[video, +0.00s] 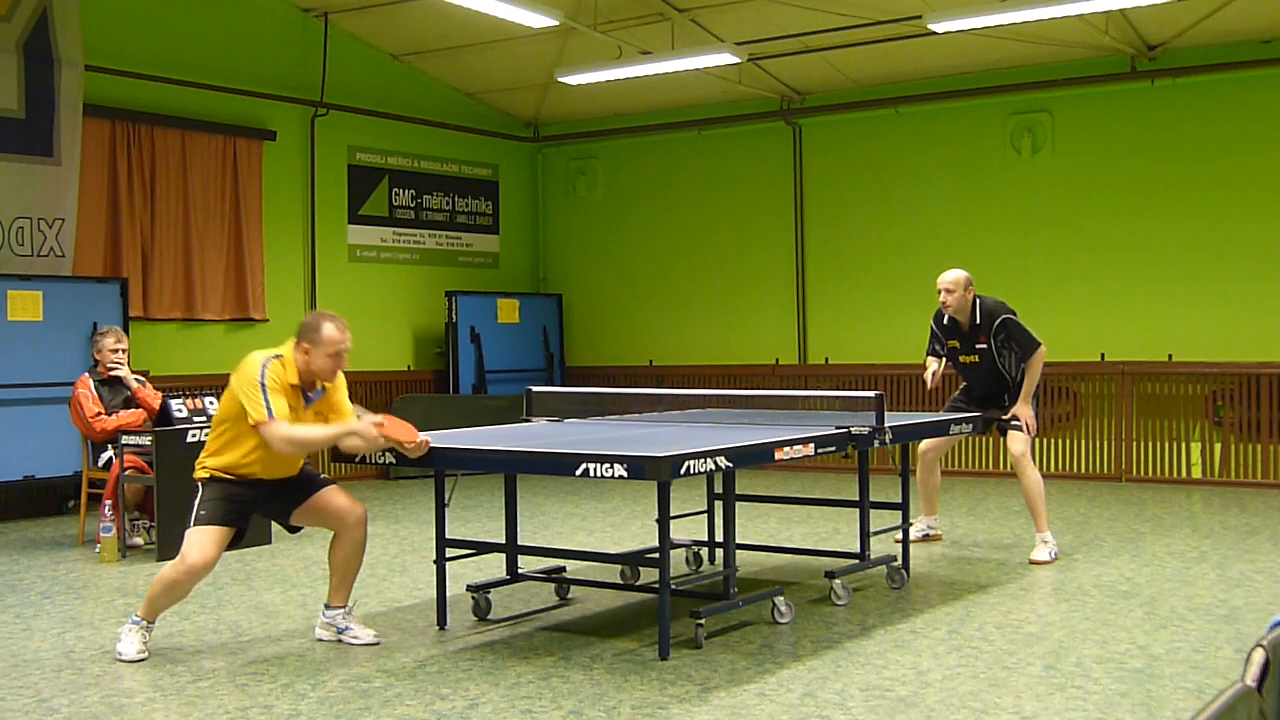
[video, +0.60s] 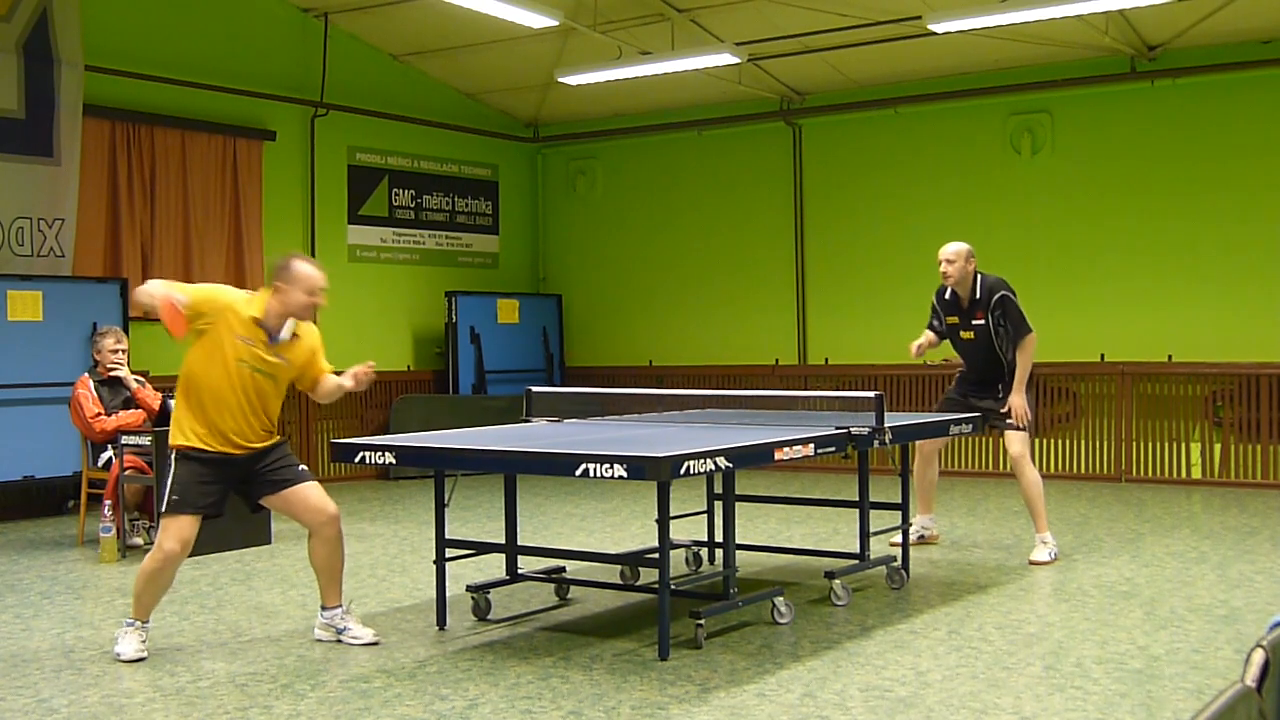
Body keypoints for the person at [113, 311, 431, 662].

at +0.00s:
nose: (342, 365)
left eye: (344, 356)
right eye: (335, 356)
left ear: (340, 353)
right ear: (304, 350)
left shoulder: (332, 379)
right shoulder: (259, 370)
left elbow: (347, 440)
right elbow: (280, 439)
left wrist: (394, 441)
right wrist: (347, 432)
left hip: (286, 474)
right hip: (227, 476)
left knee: (353, 516)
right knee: (196, 562)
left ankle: (335, 617)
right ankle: (141, 623)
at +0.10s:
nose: (323, 349)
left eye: (325, 342)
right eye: (317, 342)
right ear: (285, 336)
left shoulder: (315, 360)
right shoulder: (240, 353)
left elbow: (341, 415)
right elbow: (267, 409)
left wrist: (386, 407)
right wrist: (332, 389)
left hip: (278, 468)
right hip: (218, 472)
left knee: (347, 517)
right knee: (190, 559)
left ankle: (334, 616)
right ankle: (140, 624)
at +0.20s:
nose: (311, 335)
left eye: (313, 327)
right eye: (304, 326)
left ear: (314, 324)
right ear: (273, 320)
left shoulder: (305, 350)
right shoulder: (228, 337)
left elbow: (335, 398)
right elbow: (244, 388)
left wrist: (368, 374)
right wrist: (304, 357)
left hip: (273, 461)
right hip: (213, 466)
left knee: (340, 515)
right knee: (185, 556)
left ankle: (335, 617)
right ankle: (139, 625)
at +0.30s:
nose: (295, 303)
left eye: (297, 295)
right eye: (287, 295)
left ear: (297, 294)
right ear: (255, 295)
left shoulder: (293, 329)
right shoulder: (213, 317)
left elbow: (323, 380)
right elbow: (182, 357)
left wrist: (349, 349)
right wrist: (244, 338)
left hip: (268, 452)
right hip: (203, 456)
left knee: (332, 517)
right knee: (177, 550)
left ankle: (334, 617)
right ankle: (137, 625)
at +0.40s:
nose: (292, 291)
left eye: (293, 282)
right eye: (283, 284)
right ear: (251, 286)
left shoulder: (289, 323)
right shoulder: (206, 308)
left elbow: (318, 379)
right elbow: (145, 334)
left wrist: (342, 358)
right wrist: (206, 323)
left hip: (265, 448)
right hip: (199, 451)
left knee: (327, 517)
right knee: (174, 548)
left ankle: (333, 616)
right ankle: (135, 626)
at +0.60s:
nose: (320, 301)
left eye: (322, 293)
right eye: (313, 292)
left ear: (304, 294)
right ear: (282, 288)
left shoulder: (306, 337)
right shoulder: (225, 303)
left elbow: (321, 390)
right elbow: (147, 292)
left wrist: (346, 381)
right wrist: (160, 300)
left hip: (261, 449)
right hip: (198, 448)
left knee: (326, 516)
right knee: (172, 548)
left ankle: (333, 616)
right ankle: (136, 626)